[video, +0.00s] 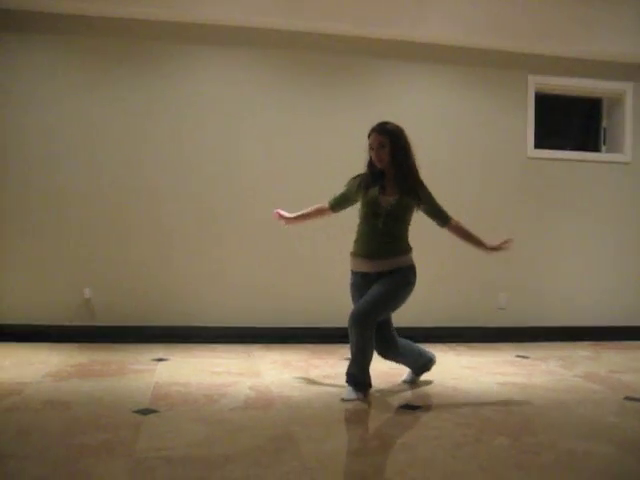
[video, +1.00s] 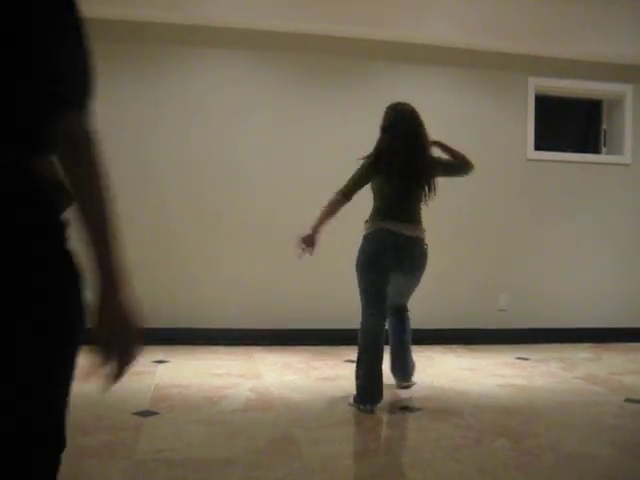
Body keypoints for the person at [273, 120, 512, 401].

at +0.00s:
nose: (374, 153)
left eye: (381, 148)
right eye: (371, 147)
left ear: (396, 150)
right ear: (368, 150)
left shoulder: (411, 187)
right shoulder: (364, 183)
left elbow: (445, 221)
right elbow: (331, 206)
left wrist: (485, 246)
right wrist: (293, 218)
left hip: (397, 273)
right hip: (362, 273)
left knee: (359, 318)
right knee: (384, 344)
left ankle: (358, 386)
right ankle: (423, 361)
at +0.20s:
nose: (379, 143)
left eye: (386, 138)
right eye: (376, 137)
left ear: (400, 141)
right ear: (371, 139)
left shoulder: (408, 179)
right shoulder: (361, 171)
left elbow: (441, 218)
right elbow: (326, 191)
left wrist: (475, 247)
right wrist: (288, 201)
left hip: (395, 264)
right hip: (365, 265)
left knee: (351, 313)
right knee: (387, 335)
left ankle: (369, 388)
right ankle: (428, 362)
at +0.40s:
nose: (380, 127)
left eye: (387, 121)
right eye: (375, 121)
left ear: (399, 126)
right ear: (370, 123)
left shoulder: (406, 165)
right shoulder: (359, 156)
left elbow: (446, 200)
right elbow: (323, 167)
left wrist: (487, 227)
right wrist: (283, 168)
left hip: (394, 251)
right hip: (369, 253)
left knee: (356, 315)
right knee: (395, 318)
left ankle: (373, 390)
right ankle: (430, 362)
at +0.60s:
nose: (379, 113)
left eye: (387, 107)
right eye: (375, 107)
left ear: (398, 113)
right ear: (369, 111)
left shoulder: (405, 148)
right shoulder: (367, 145)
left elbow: (451, 165)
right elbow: (344, 145)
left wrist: (499, 172)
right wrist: (319, 144)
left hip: (385, 236)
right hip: (376, 237)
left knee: (364, 313)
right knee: (397, 309)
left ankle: (374, 391)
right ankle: (429, 370)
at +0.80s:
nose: (378, 121)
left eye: (385, 116)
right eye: (376, 114)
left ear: (397, 120)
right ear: (371, 116)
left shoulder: (387, 149)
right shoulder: (406, 149)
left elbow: (387, 164)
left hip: (374, 231)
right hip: (401, 234)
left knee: (372, 314)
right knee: (397, 311)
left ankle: (369, 394)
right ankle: (428, 373)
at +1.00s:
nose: (381, 132)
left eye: (383, 127)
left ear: (386, 131)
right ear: (419, 132)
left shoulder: (378, 161)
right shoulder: (425, 163)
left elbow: (345, 194)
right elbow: (465, 166)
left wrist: (314, 230)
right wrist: (438, 144)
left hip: (376, 244)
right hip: (412, 247)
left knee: (371, 317)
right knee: (398, 308)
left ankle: (367, 396)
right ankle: (403, 375)